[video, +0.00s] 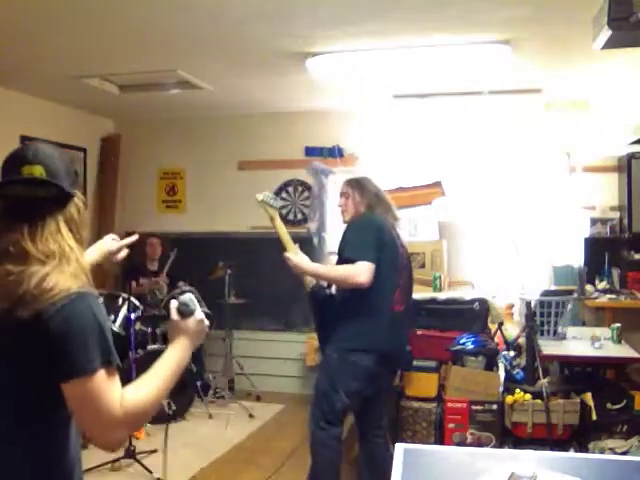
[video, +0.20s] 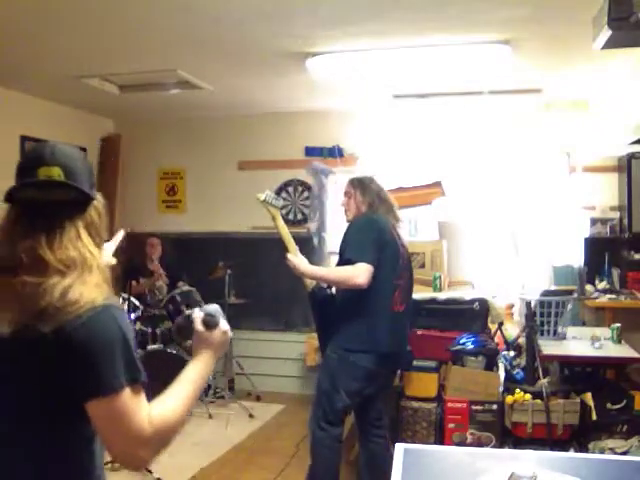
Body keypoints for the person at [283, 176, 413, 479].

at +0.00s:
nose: (340, 204)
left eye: (344, 197)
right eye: (340, 198)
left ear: (361, 198)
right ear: (371, 200)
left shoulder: (364, 225)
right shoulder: (389, 233)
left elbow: (361, 275)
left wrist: (309, 267)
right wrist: (320, 280)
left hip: (356, 346)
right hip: (385, 347)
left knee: (325, 423)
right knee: (373, 429)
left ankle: (323, 474)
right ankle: (377, 476)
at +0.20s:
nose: (343, 204)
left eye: (346, 197)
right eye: (344, 197)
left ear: (359, 198)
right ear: (375, 199)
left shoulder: (365, 225)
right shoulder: (391, 232)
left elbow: (360, 276)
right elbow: (389, 289)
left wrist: (308, 270)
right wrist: (337, 280)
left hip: (356, 347)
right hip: (386, 348)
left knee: (326, 424)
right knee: (374, 428)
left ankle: (322, 475)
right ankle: (377, 476)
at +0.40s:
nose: (347, 209)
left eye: (349, 203)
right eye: (347, 203)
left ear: (358, 203)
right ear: (382, 201)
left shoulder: (365, 227)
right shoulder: (392, 235)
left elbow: (355, 278)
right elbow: (388, 292)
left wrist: (304, 270)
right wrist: (322, 281)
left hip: (356, 348)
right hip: (386, 349)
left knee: (326, 424)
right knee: (374, 428)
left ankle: (321, 475)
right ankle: (377, 476)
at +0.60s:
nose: (351, 203)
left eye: (353, 197)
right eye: (352, 197)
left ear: (359, 199)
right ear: (389, 200)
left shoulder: (366, 228)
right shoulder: (395, 235)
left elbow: (353, 278)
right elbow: (390, 292)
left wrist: (303, 269)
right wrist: (324, 281)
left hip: (356, 348)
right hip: (387, 349)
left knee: (325, 423)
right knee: (375, 429)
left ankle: (321, 475)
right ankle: (377, 476)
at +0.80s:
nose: (356, 202)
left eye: (358, 197)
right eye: (357, 197)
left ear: (363, 199)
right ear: (392, 200)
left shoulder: (368, 227)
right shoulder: (398, 235)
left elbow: (352, 277)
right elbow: (391, 291)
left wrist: (304, 268)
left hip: (357, 347)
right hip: (389, 348)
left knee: (326, 423)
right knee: (376, 428)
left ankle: (321, 475)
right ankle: (376, 476)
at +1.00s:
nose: (359, 204)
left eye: (361, 199)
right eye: (360, 198)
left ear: (366, 199)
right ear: (394, 199)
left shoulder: (370, 227)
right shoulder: (401, 235)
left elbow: (352, 277)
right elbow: (391, 289)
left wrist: (306, 268)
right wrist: (342, 266)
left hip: (358, 346)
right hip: (390, 347)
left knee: (326, 422)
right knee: (376, 428)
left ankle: (320, 474)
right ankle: (377, 476)